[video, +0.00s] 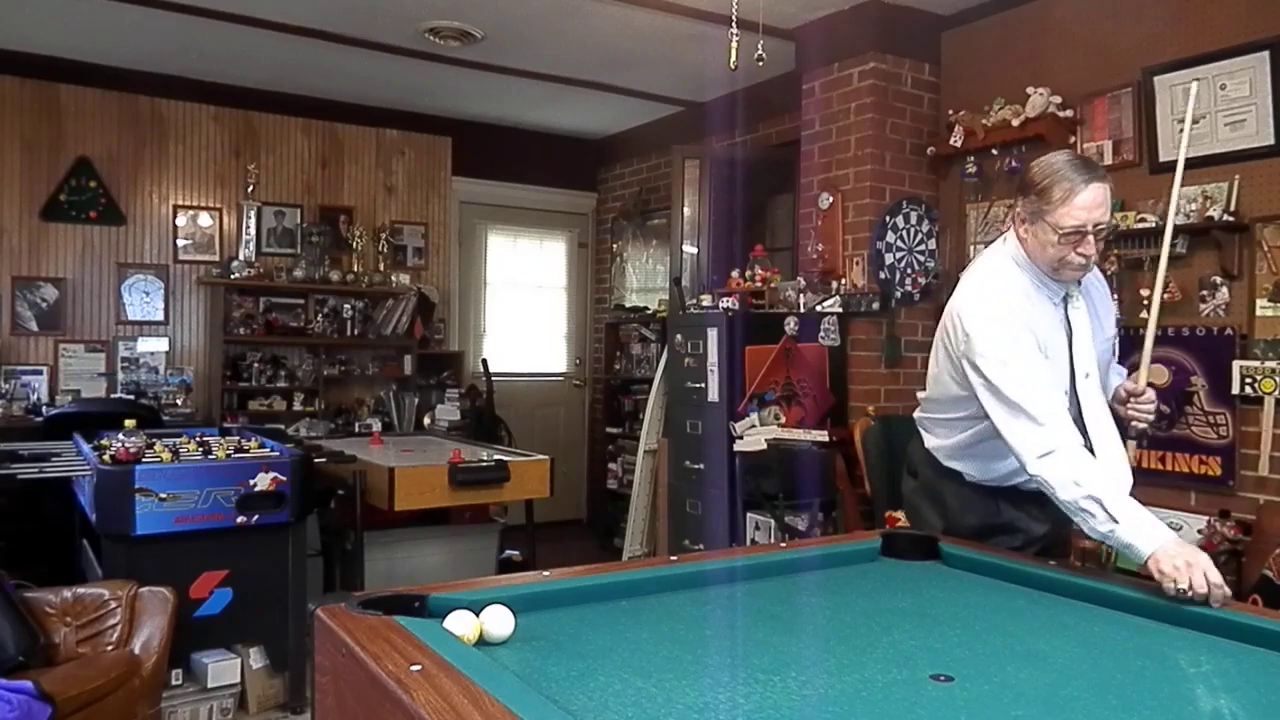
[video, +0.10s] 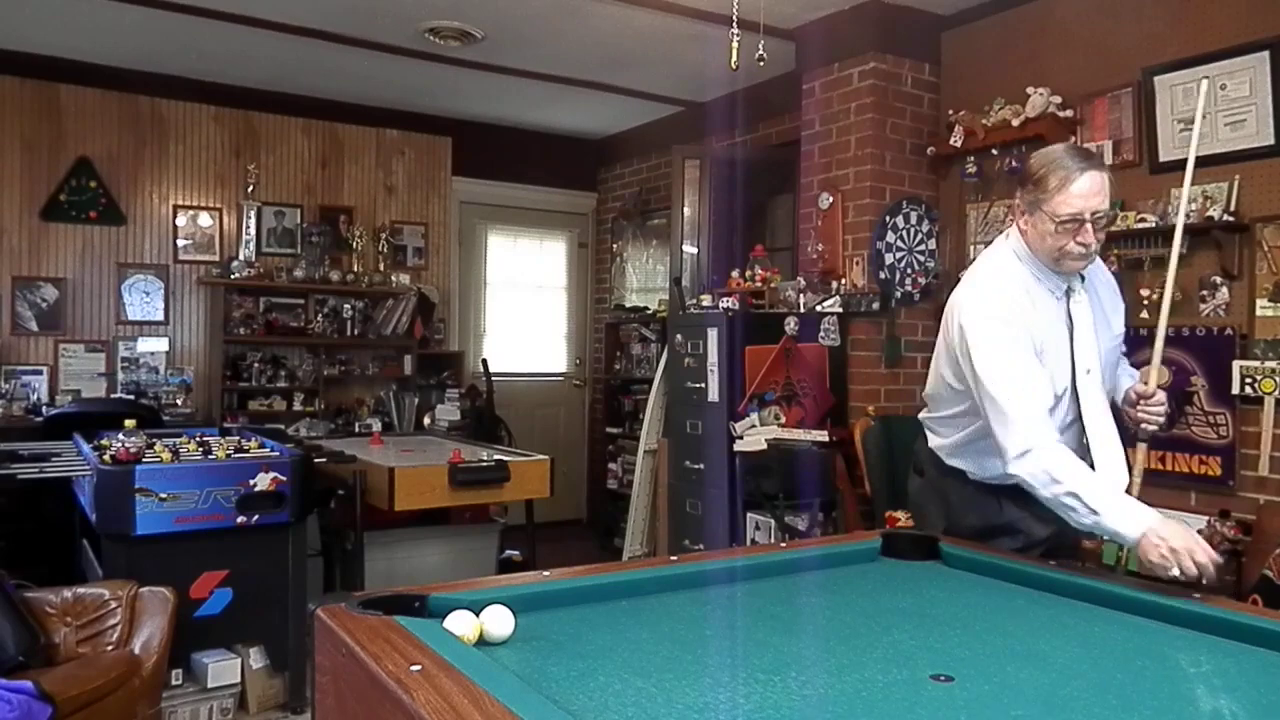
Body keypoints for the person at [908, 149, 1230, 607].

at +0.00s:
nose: (1089, 250)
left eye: (1099, 231)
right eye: (1071, 233)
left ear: (1107, 221)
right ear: (1022, 223)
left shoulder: (1085, 277)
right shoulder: (989, 306)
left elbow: (1099, 363)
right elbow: (1049, 452)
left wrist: (1121, 392)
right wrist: (1156, 544)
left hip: (1045, 501)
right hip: (967, 505)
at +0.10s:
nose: (1088, 239)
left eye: (1098, 220)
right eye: (1069, 222)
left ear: (1108, 213)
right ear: (1023, 217)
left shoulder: (1094, 277)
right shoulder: (989, 298)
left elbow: (1110, 359)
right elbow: (1030, 451)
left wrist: (1129, 393)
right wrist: (1140, 527)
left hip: (1057, 493)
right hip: (975, 500)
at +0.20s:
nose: (1086, 226)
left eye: (1097, 208)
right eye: (1066, 210)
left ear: (1107, 203)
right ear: (1021, 210)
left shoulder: (1102, 272)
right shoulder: (986, 290)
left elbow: (1123, 357)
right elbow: (988, 440)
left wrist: (1141, 398)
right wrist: (1102, 509)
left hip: (1076, 493)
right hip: (985, 498)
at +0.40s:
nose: (1068, 199)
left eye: (1083, 182)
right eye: (1049, 186)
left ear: (1105, 185)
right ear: (1021, 192)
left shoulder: (1127, 274)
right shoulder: (978, 281)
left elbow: (1160, 360)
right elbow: (934, 408)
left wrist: (1165, 408)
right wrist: (1005, 486)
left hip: (1101, 506)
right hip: (994, 512)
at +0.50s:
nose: (1062, 188)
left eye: (1079, 172)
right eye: (1046, 176)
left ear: (1111, 178)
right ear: (1030, 188)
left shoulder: (1150, 281)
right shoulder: (984, 271)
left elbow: (1192, 373)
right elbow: (919, 380)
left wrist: (1182, 425)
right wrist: (962, 450)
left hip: (1109, 512)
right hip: (998, 507)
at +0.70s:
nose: (1086, 180)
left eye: (1108, 167)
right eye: (1077, 167)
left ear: (1147, 180)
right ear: (1064, 179)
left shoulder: (1184, 289)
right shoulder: (1010, 261)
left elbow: (1233, 403)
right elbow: (942, 324)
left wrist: (1160, 454)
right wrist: (924, 348)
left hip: (1109, 513)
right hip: (1000, 498)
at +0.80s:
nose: (1092, 179)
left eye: (1113, 166)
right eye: (1085, 165)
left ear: (1156, 177)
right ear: (1074, 173)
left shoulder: (1190, 288)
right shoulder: (1022, 257)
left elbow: (1231, 414)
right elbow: (951, 329)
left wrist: (1137, 462)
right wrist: (926, 310)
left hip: (1108, 510)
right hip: (1002, 490)